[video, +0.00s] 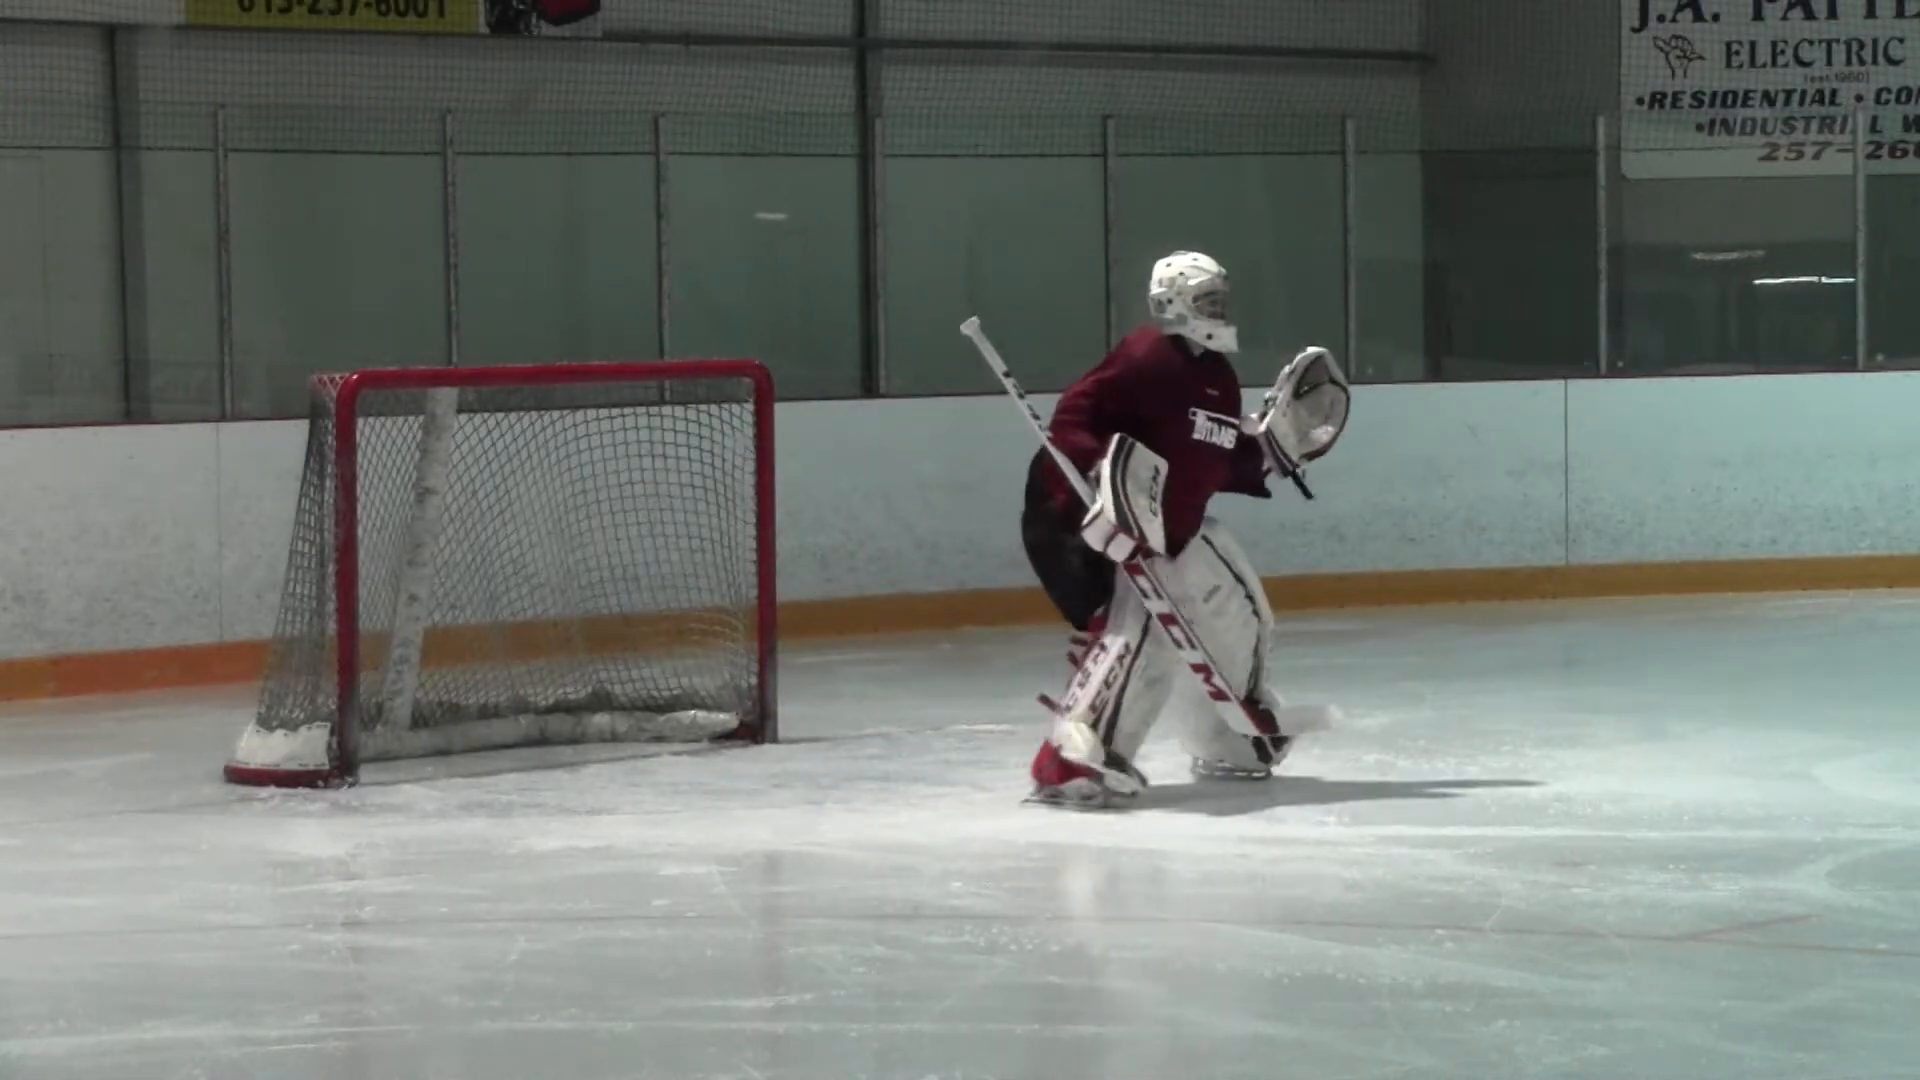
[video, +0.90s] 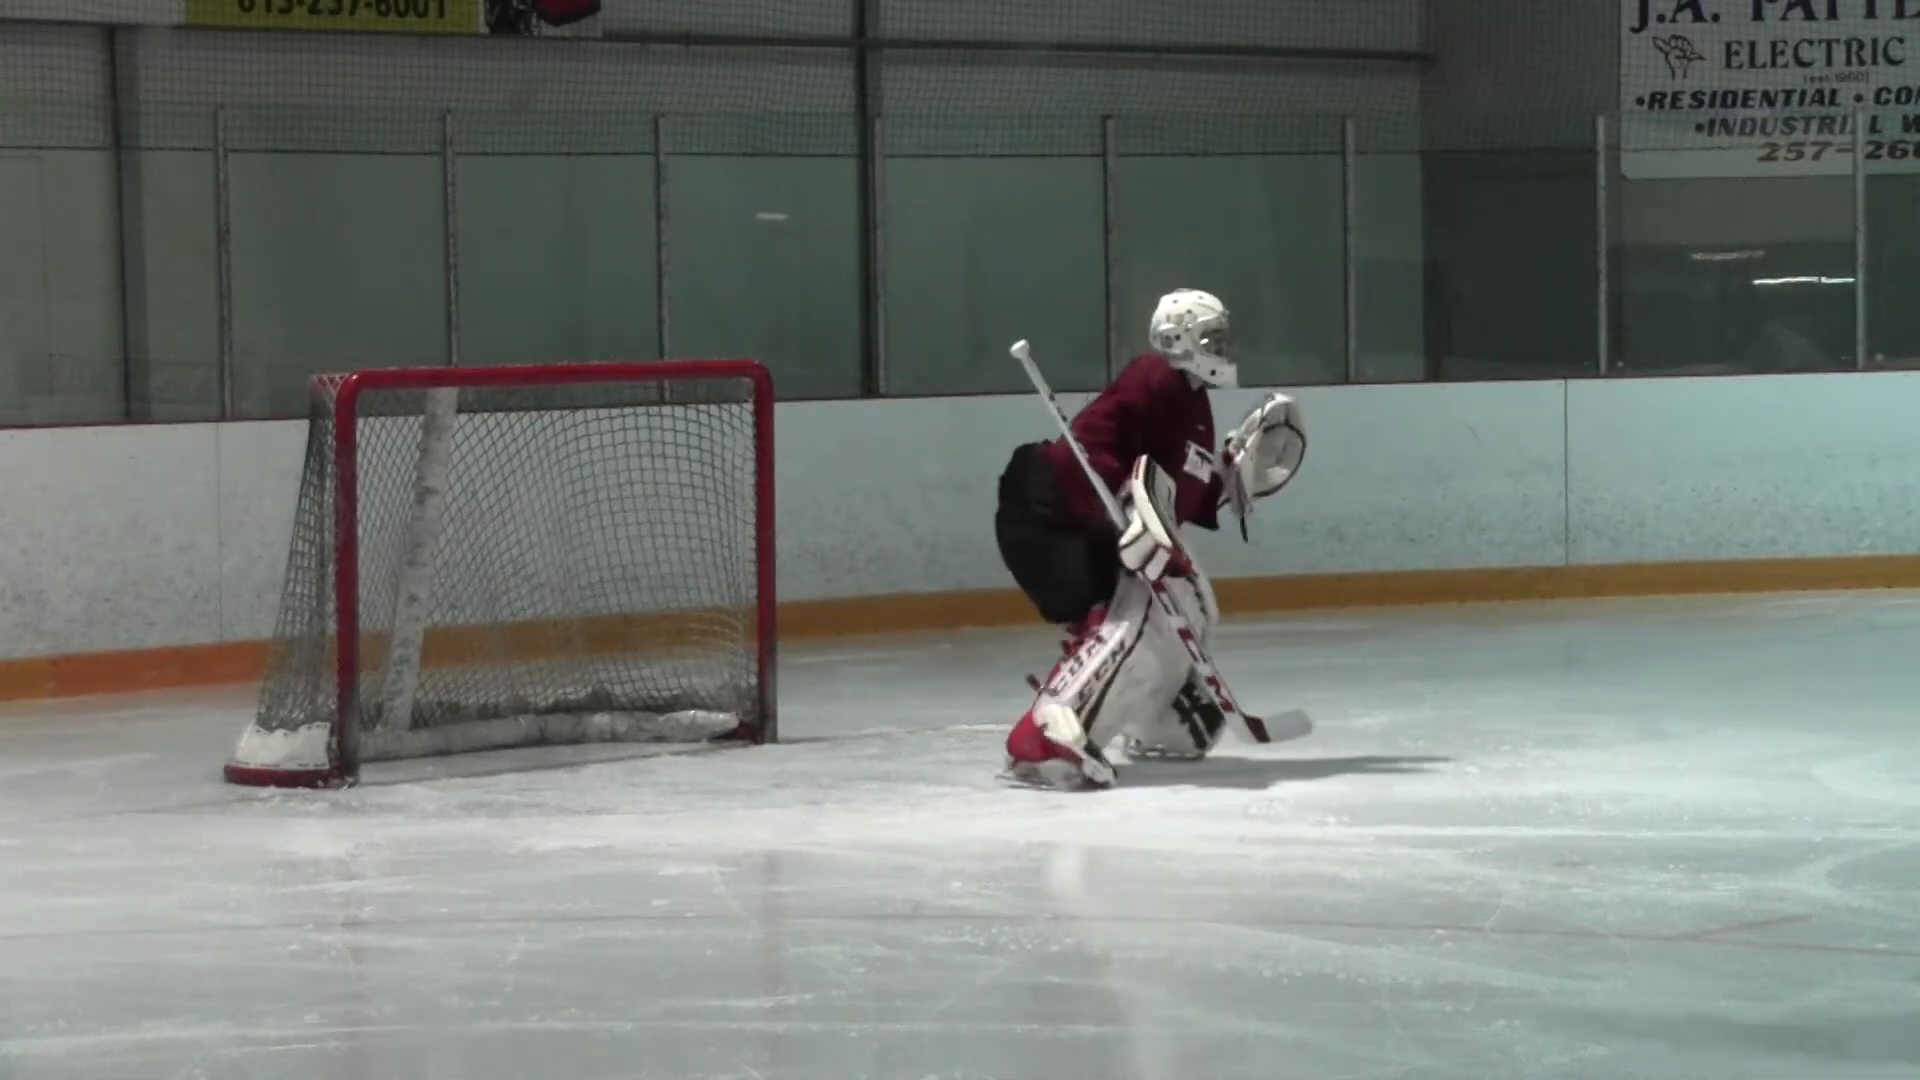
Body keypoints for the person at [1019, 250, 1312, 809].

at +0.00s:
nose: (1220, 309)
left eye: (1221, 299)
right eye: (1206, 301)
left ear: (1221, 302)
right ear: (1172, 308)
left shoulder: (1218, 376)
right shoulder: (1147, 358)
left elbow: (1204, 462)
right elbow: (1068, 420)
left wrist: (1274, 447)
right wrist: (1115, 480)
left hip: (1165, 530)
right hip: (1086, 525)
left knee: (1230, 610)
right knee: (1140, 632)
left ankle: (1231, 741)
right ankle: (1078, 757)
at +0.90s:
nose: (1224, 346)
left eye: (1224, 335)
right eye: (1213, 337)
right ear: (1182, 342)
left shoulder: (1193, 402)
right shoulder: (1155, 378)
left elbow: (1191, 493)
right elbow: (1087, 439)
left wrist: (1239, 479)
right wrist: (1131, 508)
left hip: (1094, 512)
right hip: (1046, 499)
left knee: (1182, 596)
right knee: (1123, 618)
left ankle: (1160, 726)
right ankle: (1044, 735)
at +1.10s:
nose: (1202, 371)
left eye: (1202, 359)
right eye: (1191, 359)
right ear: (1160, 364)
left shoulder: (1168, 423)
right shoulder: (1133, 398)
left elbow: (1166, 525)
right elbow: (1067, 462)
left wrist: (1209, 493)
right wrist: (1120, 533)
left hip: (1060, 534)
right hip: (1018, 524)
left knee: (1137, 622)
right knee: (1109, 632)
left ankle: (1097, 729)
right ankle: (1011, 729)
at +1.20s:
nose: (1192, 385)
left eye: (1192, 373)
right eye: (1181, 374)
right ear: (1150, 378)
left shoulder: (1148, 423)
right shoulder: (1128, 415)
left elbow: (1165, 511)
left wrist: (1201, 504)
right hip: (1012, 538)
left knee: (1130, 651)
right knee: (1117, 655)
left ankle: (1080, 734)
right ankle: (1010, 727)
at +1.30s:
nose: (1186, 398)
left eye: (1186, 387)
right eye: (1175, 388)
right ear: (1145, 391)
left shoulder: (1145, 441)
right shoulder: (1119, 426)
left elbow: (1157, 531)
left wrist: (1191, 518)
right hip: (1002, 546)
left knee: (1127, 652)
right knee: (1113, 657)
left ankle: (1075, 736)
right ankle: (1007, 729)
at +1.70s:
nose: (1171, 433)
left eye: (1174, 421)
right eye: (1164, 422)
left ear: (1114, 410)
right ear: (1142, 418)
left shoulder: (1079, 439)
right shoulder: (1126, 470)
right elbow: (1133, 589)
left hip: (1005, 634)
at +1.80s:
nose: (1170, 441)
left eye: (1176, 430)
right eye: (1165, 428)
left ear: (1119, 409)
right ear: (1147, 422)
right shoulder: (1132, 483)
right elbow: (1129, 599)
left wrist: (1189, 625)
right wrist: (1173, 671)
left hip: (1005, 630)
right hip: (1053, 645)